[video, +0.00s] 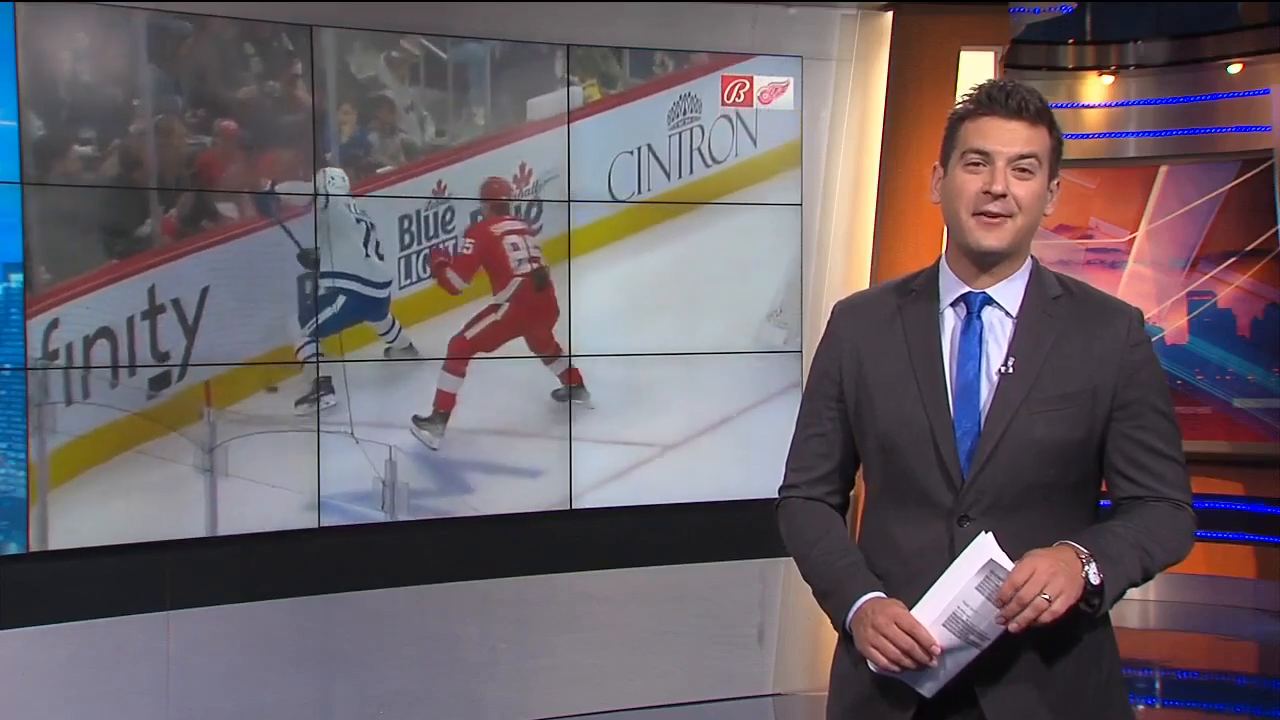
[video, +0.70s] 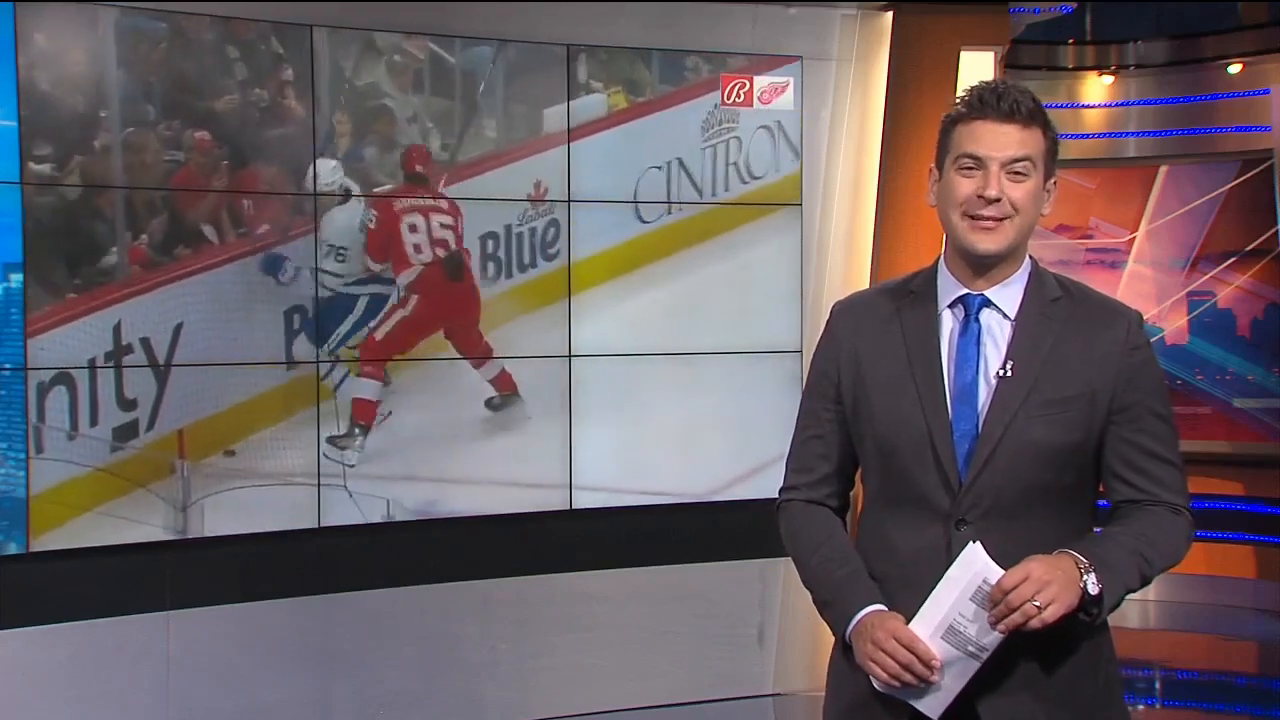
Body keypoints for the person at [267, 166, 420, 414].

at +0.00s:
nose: (314, 193)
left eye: (316, 189)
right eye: (315, 188)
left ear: (323, 189)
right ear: (345, 188)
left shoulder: (331, 205)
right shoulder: (362, 215)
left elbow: (308, 189)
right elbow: (357, 255)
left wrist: (273, 189)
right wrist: (321, 260)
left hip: (350, 298)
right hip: (380, 299)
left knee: (304, 334)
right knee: (380, 318)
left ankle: (321, 385)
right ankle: (405, 348)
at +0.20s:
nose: (306, 202)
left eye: (307, 197)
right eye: (306, 198)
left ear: (312, 195)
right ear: (336, 191)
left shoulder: (321, 210)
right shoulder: (354, 214)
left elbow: (297, 227)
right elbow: (339, 250)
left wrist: (267, 205)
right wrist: (308, 243)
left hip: (345, 305)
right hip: (375, 305)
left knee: (294, 337)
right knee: (364, 320)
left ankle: (326, 391)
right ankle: (391, 353)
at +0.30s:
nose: (301, 206)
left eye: (304, 201)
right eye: (301, 201)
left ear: (312, 198)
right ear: (333, 195)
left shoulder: (323, 217)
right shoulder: (354, 214)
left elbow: (293, 240)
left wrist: (263, 219)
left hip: (343, 308)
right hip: (372, 305)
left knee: (292, 344)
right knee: (356, 322)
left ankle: (329, 397)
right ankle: (384, 359)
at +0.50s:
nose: (306, 209)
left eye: (309, 203)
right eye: (305, 203)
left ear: (314, 202)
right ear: (332, 195)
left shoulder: (323, 229)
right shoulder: (348, 206)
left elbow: (294, 267)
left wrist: (268, 248)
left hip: (347, 305)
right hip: (372, 299)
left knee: (294, 348)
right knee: (351, 329)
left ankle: (341, 401)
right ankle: (372, 364)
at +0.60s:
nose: (311, 207)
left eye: (316, 200)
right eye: (309, 200)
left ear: (331, 196)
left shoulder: (332, 224)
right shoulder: (352, 207)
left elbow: (311, 276)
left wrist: (275, 262)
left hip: (356, 296)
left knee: (312, 343)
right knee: (349, 341)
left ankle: (359, 397)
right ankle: (369, 386)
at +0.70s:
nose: (313, 203)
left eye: (316, 196)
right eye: (311, 196)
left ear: (333, 192)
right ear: (338, 188)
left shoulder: (340, 219)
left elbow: (333, 280)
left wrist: (292, 274)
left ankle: (365, 406)